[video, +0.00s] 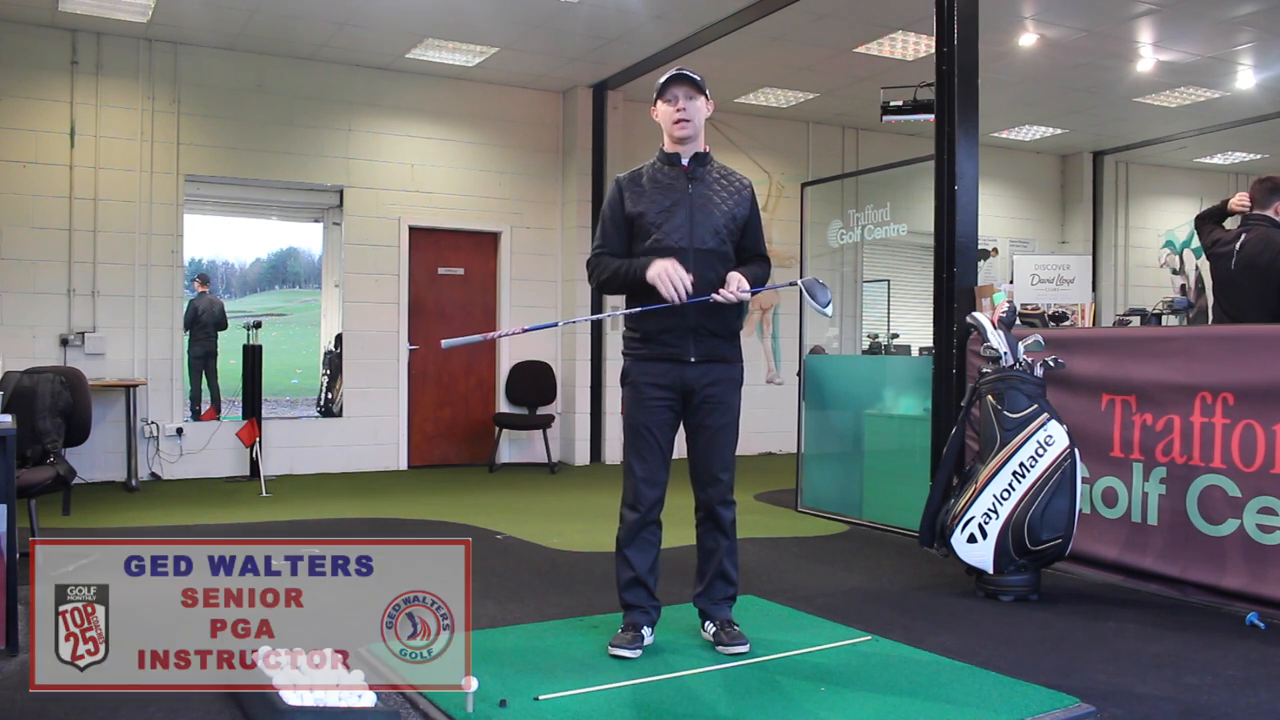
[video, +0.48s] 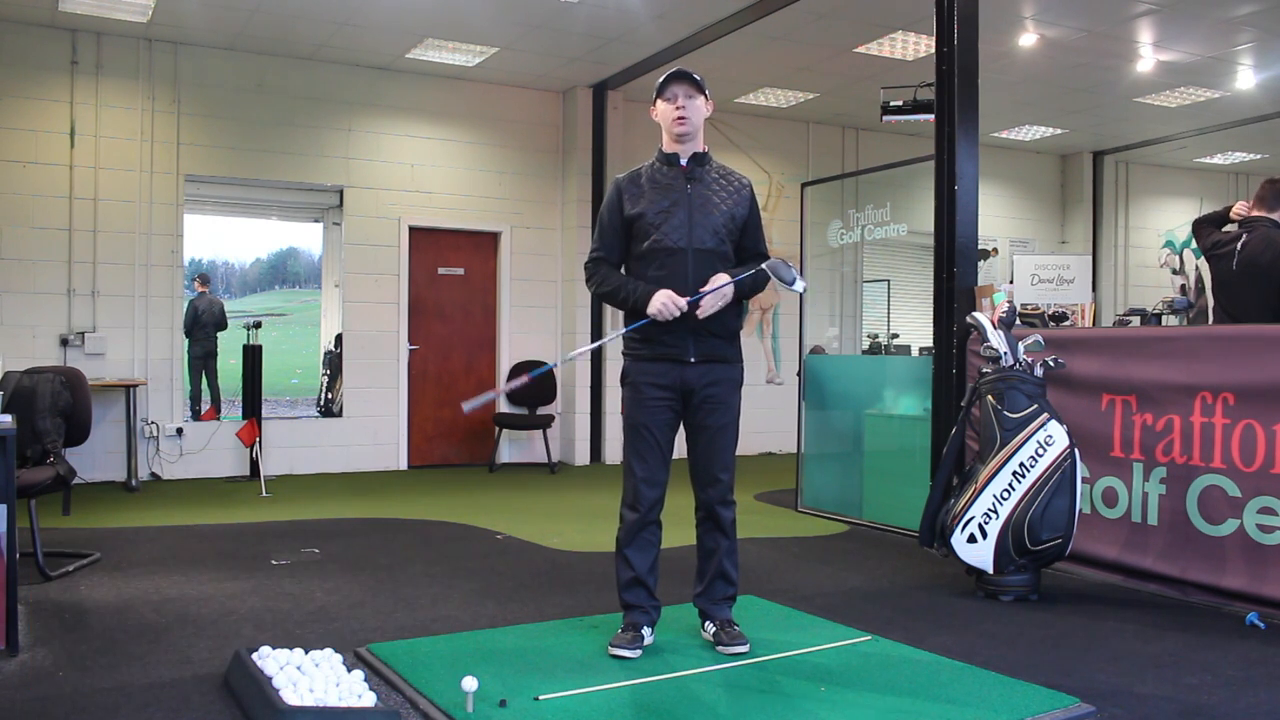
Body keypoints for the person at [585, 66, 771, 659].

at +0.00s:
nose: (680, 106)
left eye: (691, 96)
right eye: (670, 98)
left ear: (709, 110)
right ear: (655, 113)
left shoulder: (737, 189)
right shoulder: (629, 187)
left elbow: (757, 264)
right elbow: (600, 268)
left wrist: (743, 279)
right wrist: (647, 266)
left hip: (718, 363)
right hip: (649, 361)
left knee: (716, 494)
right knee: (642, 495)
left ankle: (718, 612)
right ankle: (638, 616)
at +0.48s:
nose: (679, 105)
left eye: (689, 96)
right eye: (669, 97)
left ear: (708, 110)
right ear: (655, 113)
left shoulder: (737, 189)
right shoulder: (628, 188)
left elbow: (759, 268)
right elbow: (599, 271)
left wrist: (733, 284)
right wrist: (646, 295)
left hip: (718, 363)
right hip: (649, 362)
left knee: (716, 494)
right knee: (642, 495)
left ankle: (718, 612)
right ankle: (637, 616)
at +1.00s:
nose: (678, 107)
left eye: (688, 98)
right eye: (668, 99)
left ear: (706, 109)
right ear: (653, 113)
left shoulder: (735, 187)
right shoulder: (627, 189)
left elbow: (760, 266)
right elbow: (600, 271)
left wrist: (740, 275)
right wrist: (625, 283)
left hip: (718, 365)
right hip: (650, 364)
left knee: (717, 495)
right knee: (642, 496)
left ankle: (718, 613)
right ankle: (637, 616)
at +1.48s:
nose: (684, 113)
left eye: (693, 103)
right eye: (673, 104)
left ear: (707, 111)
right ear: (655, 113)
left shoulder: (733, 186)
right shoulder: (628, 189)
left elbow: (770, 268)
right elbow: (600, 269)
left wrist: (756, 213)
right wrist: (625, 294)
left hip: (718, 363)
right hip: (650, 363)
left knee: (717, 495)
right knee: (643, 496)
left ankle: (719, 613)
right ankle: (638, 616)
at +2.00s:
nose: (688, 118)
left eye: (697, 108)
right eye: (677, 107)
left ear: (708, 115)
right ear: (654, 113)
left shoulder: (732, 184)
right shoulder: (627, 190)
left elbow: (770, 266)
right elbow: (597, 269)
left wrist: (752, 227)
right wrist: (623, 291)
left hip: (718, 364)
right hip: (651, 364)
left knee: (717, 494)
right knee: (643, 495)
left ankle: (718, 613)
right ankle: (638, 616)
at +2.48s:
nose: (688, 119)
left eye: (697, 108)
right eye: (678, 108)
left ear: (708, 115)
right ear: (654, 113)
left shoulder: (730, 185)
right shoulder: (625, 190)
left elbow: (766, 269)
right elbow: (597, 271)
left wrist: (752, 228)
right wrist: (625, 291)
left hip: (719, 364)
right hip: (650, 364)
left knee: (717, 494)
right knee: (643, 495)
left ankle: (718, 613)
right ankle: (638, 616)